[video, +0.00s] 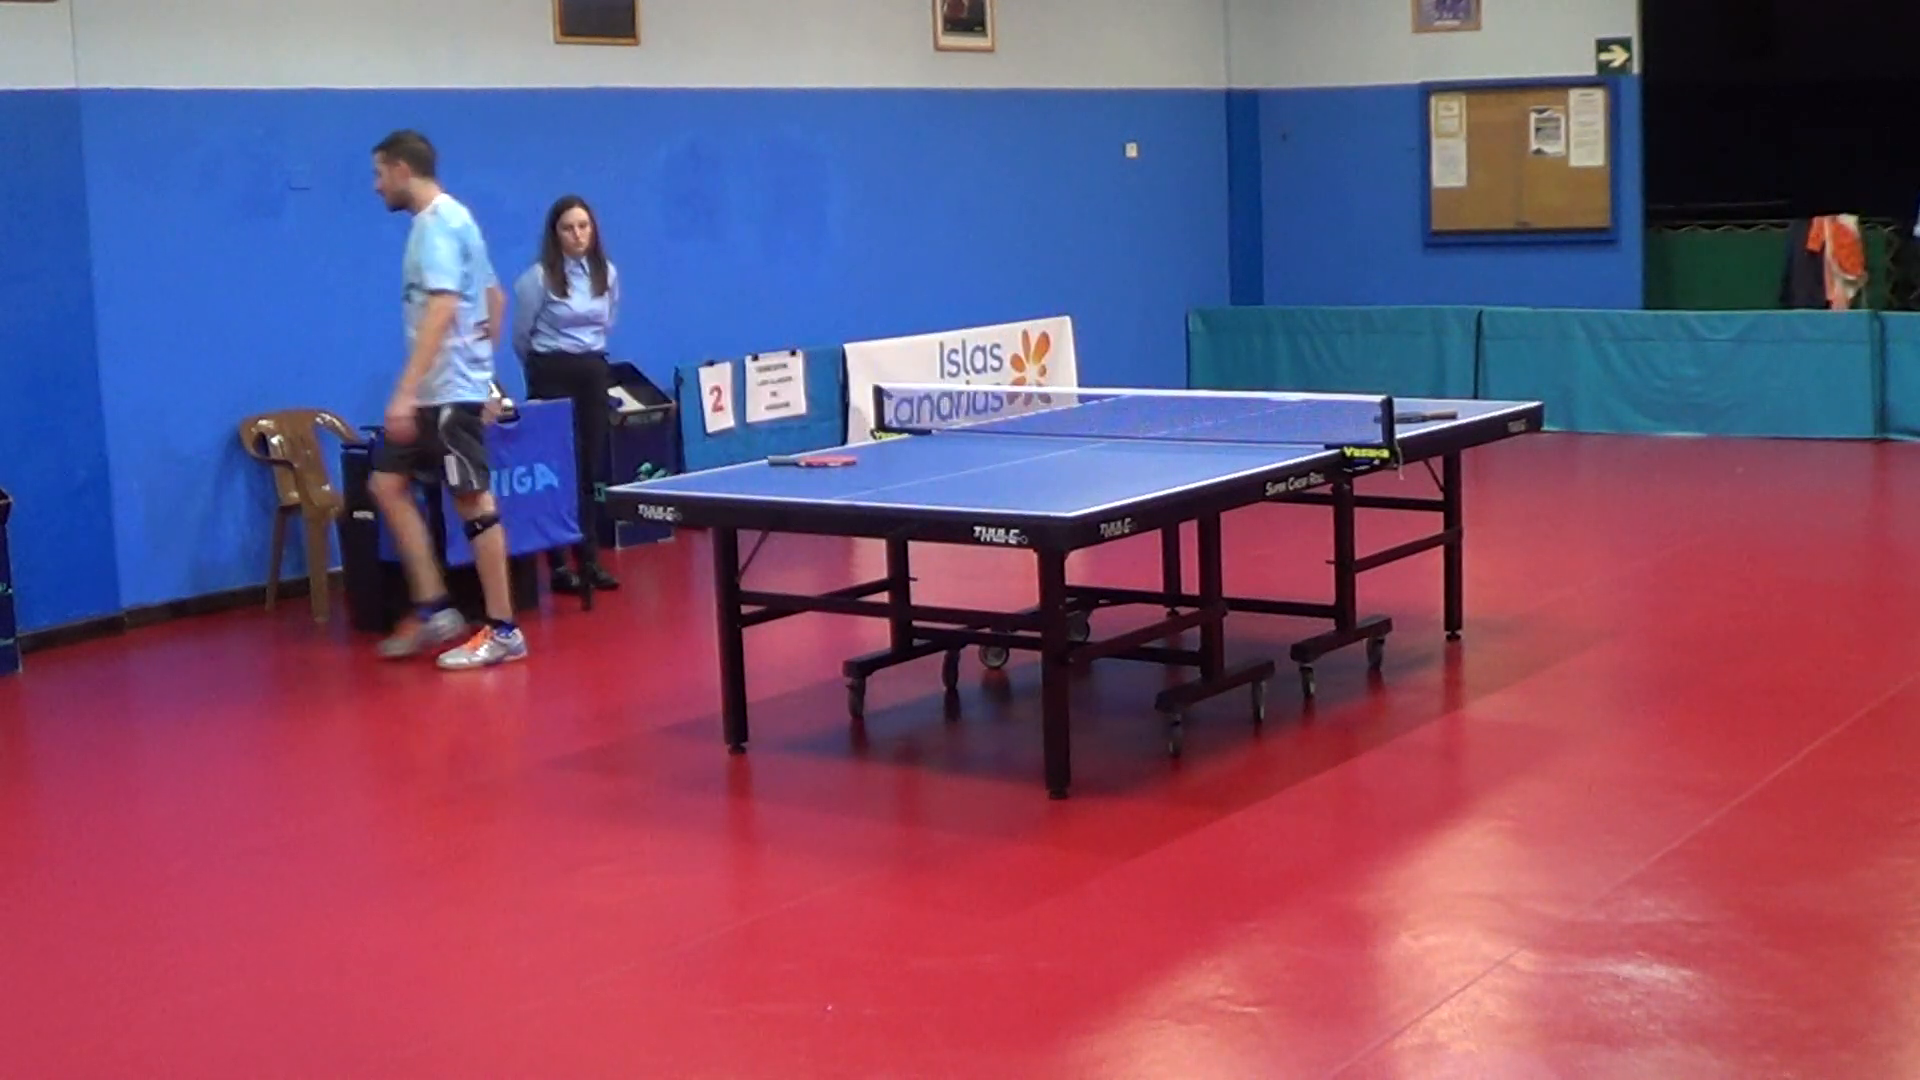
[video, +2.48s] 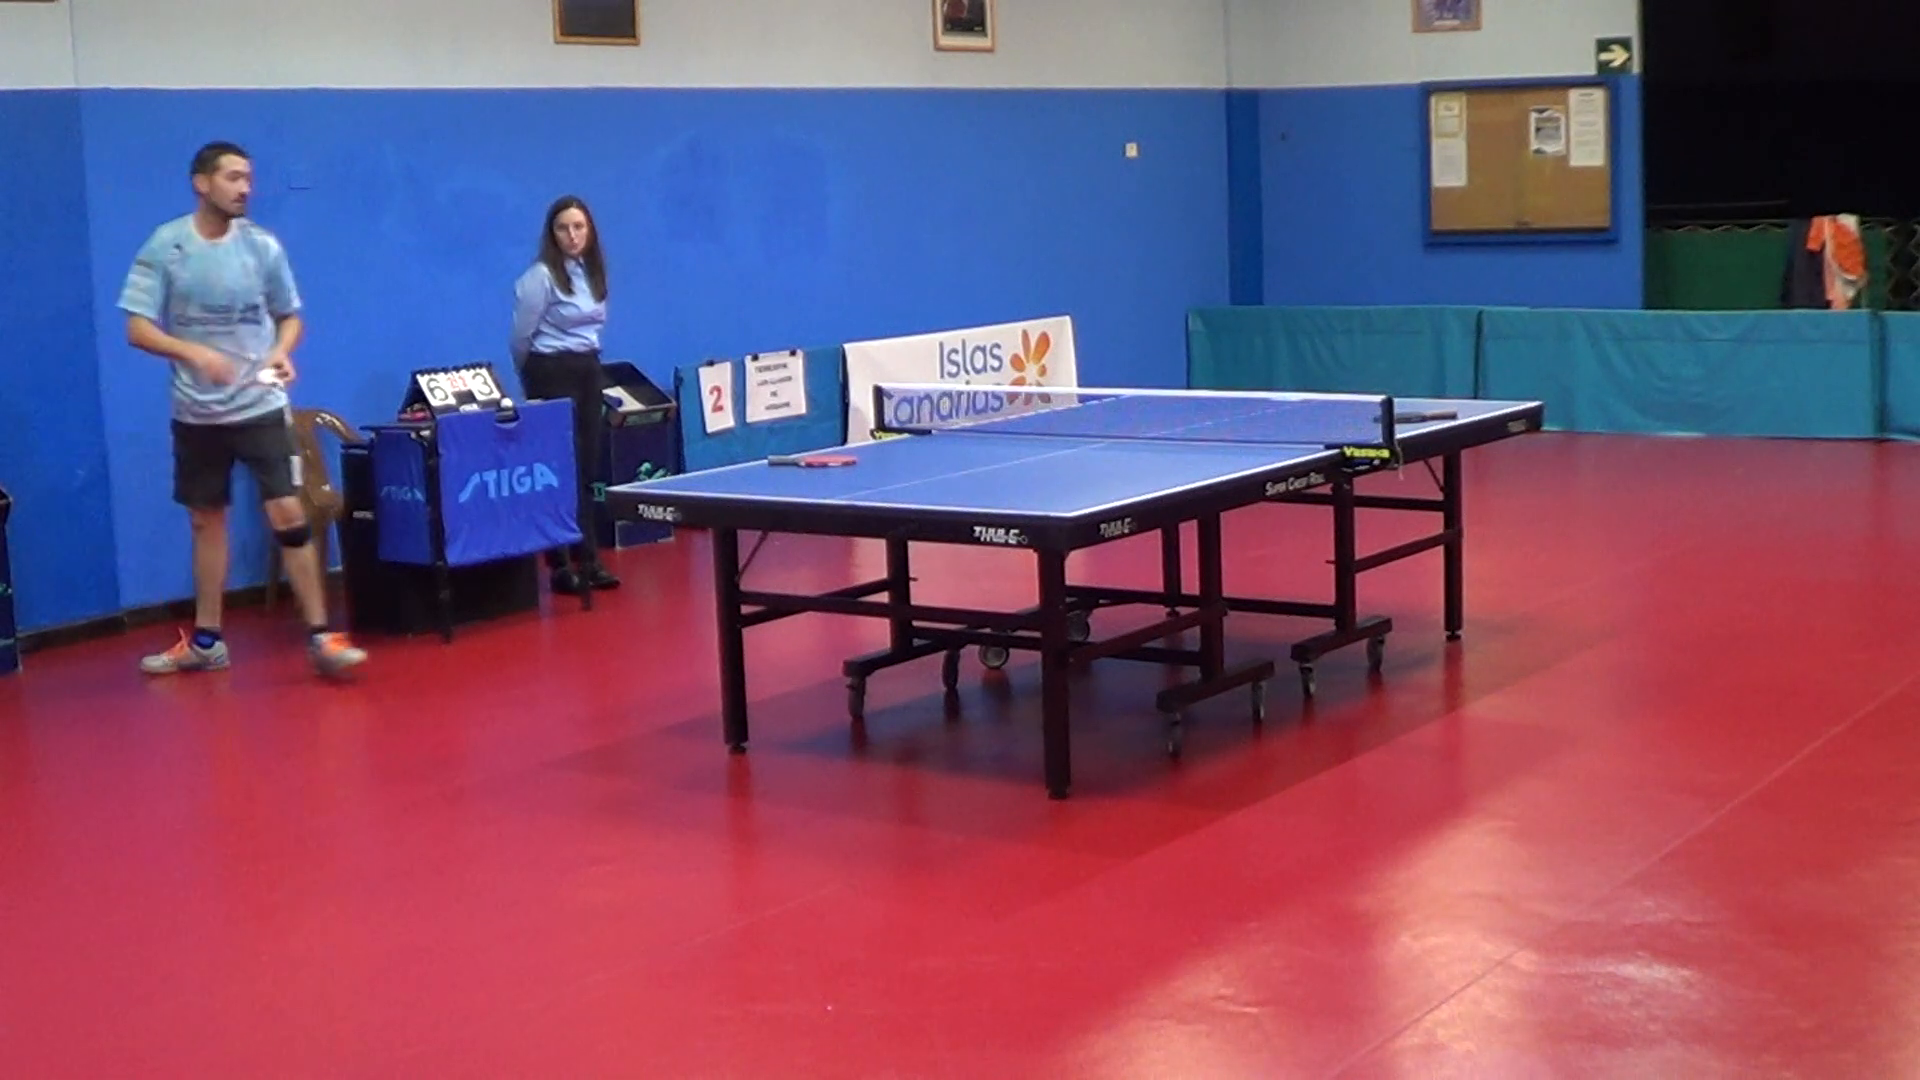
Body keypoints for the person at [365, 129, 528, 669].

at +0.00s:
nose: (376, 183)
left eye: (381, 172)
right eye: (376, 173)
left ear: (404, 171)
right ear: (415, 170)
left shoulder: (437, 224)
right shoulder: (455, 218)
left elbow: (442, 310)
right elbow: (494, 298)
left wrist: (405, 392)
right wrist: (479, 368)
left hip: (454, 393)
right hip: (431, 393)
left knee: (475, 504)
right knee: (387, 486)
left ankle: (503, 628)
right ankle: (435, 611)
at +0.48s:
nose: (208, 193)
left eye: (212, 183)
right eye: (209, 183)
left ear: (233, 181)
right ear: (251, 181)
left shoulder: (256, 238)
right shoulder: (291, 231)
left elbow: (248, 327)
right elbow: (317, 318)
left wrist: (198, 392)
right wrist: (289, 375)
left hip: (259, 401)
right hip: (293, 400)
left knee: (225, 516)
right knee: (285, 511)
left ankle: (338, 584)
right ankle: (279, 636)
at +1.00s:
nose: (3, 238)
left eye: (2, 229)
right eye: (2, 229)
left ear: (16, 222)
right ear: (42, 214)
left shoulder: (32, 277)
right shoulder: (108, 245)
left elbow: (29, 372)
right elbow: (172, 307)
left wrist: (14, 440)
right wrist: (182, 375)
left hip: (89, 418)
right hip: (149, 404)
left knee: (56, 524)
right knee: (167, 514)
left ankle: (56, 653)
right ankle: (249, 614)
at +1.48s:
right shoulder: (20, 241)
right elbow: (101, 258)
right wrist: (148, 315)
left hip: (55, 403)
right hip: (109, 377)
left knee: (52, 525)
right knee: (107, 500)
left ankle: (54, 651)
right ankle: (125, 626)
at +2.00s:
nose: (59, 215)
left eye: (70, 206)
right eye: (53, 206)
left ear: (96, 208)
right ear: (50, 208)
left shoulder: (110, 263)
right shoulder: (87, 253)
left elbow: (142, 351)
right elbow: (78, 322)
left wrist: (77, 409)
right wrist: (34, 362)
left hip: (129, 416)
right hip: (116, 413)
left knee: (90, 528)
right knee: (140, 519)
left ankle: (59, 650)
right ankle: (199, 636)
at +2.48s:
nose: (244, 187)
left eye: (247, 178)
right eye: (232, 177)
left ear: (248, 186)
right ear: (201, 183)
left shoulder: (265, 247)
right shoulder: (165, 245)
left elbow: (291, 317)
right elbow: (138, 329)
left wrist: (282, 351)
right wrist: (199, 355)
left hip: (262, 407)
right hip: (198, 414)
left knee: (291, 517)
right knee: (207, 520)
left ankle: (322, 636)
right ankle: (208, 639)